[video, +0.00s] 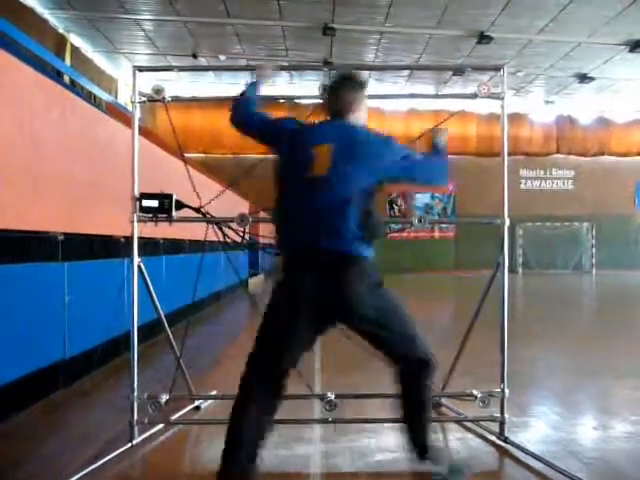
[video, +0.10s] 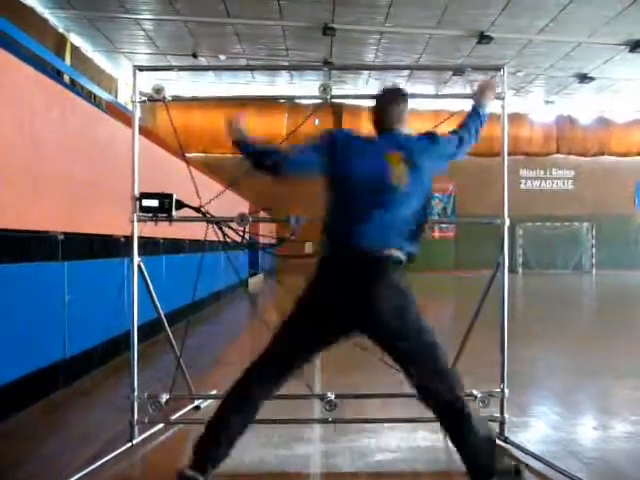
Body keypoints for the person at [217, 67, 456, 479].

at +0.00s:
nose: (365, 110)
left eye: (361, 103)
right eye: (364, 104)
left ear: (325, 105)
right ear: (360, 106)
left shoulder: (293, 135)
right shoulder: (369, 145)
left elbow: (242, 116)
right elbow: (436, 175)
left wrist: (257, 81)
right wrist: (438, 148)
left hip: (298, 278)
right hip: (351, 279)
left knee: (264, 373)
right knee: (415, 358)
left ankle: (235, 469)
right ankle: (423, 448)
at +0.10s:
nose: (399, 113)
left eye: (393, 106)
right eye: (402, 108)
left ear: (373, 115)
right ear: (407, 117)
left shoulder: (343, 145)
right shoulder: (424, 151)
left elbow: (285, 163)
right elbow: (463, 140)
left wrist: (245, 144)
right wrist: (481, 104)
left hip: (331, 282)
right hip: (383, 286)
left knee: (267, 371)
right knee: (440, 387)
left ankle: (199, 464)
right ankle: (489, 469)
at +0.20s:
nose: (427, 138)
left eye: (422, 132)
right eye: (426, 132)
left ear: (391, 140)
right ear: (425, 140)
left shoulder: (373, 174)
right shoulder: (444, 173)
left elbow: (344, 223)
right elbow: (470, 149)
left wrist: (287, 228)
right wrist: (483, 109)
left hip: (353, 298)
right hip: (403, 301)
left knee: (288, 381)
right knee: (472, 385)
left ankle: (220, 462)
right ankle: (496, 469)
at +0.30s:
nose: (390, 143)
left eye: (384, 137)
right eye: (401, 135)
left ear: (381, 141)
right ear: (414, 142)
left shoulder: (368, 176)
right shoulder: (441, 183)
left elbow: (344, 235)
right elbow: (478, 193)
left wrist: (293, 237)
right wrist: (477, 153)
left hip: (357, 303)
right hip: (407, 305)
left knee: (297, 391)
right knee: (478, 391)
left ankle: (275, 471)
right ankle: (495, 473)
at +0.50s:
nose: (333, 118)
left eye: (331, 112)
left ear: (331, 116)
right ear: (365, 115)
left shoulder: (314, 154)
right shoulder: (386, 148)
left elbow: (249, 167)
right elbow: (416, 115)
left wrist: (256, 126)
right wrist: (371, 96)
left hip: (314, 278)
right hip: (363, 279)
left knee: (263, 356)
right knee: (413, 368)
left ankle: (254, 464)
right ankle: (431, 464)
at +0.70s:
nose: (290, 136)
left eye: (276, 128)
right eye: (291, 130)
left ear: (257, 132)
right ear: (292, 136)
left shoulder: (237, 165)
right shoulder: (308, 174)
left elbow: (199, 133)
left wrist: (167, 101)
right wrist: (373, 174)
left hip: (274, 300)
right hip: (325, 295)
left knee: (212, 372)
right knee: (391, 368)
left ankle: (177, 462)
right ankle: (464, 453)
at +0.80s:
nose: (287, 146)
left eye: (284, 139)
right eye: (285, 140)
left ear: (249, 142)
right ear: (281, 145)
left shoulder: (222, 180)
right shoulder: (292, 184)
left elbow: (191, 158)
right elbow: (312, 242)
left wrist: (169, 115)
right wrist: (357, 215)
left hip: (261, 305)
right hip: (309, 301)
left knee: (192, 372)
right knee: (370, 373)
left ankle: (174, 460)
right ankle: (433, 448)